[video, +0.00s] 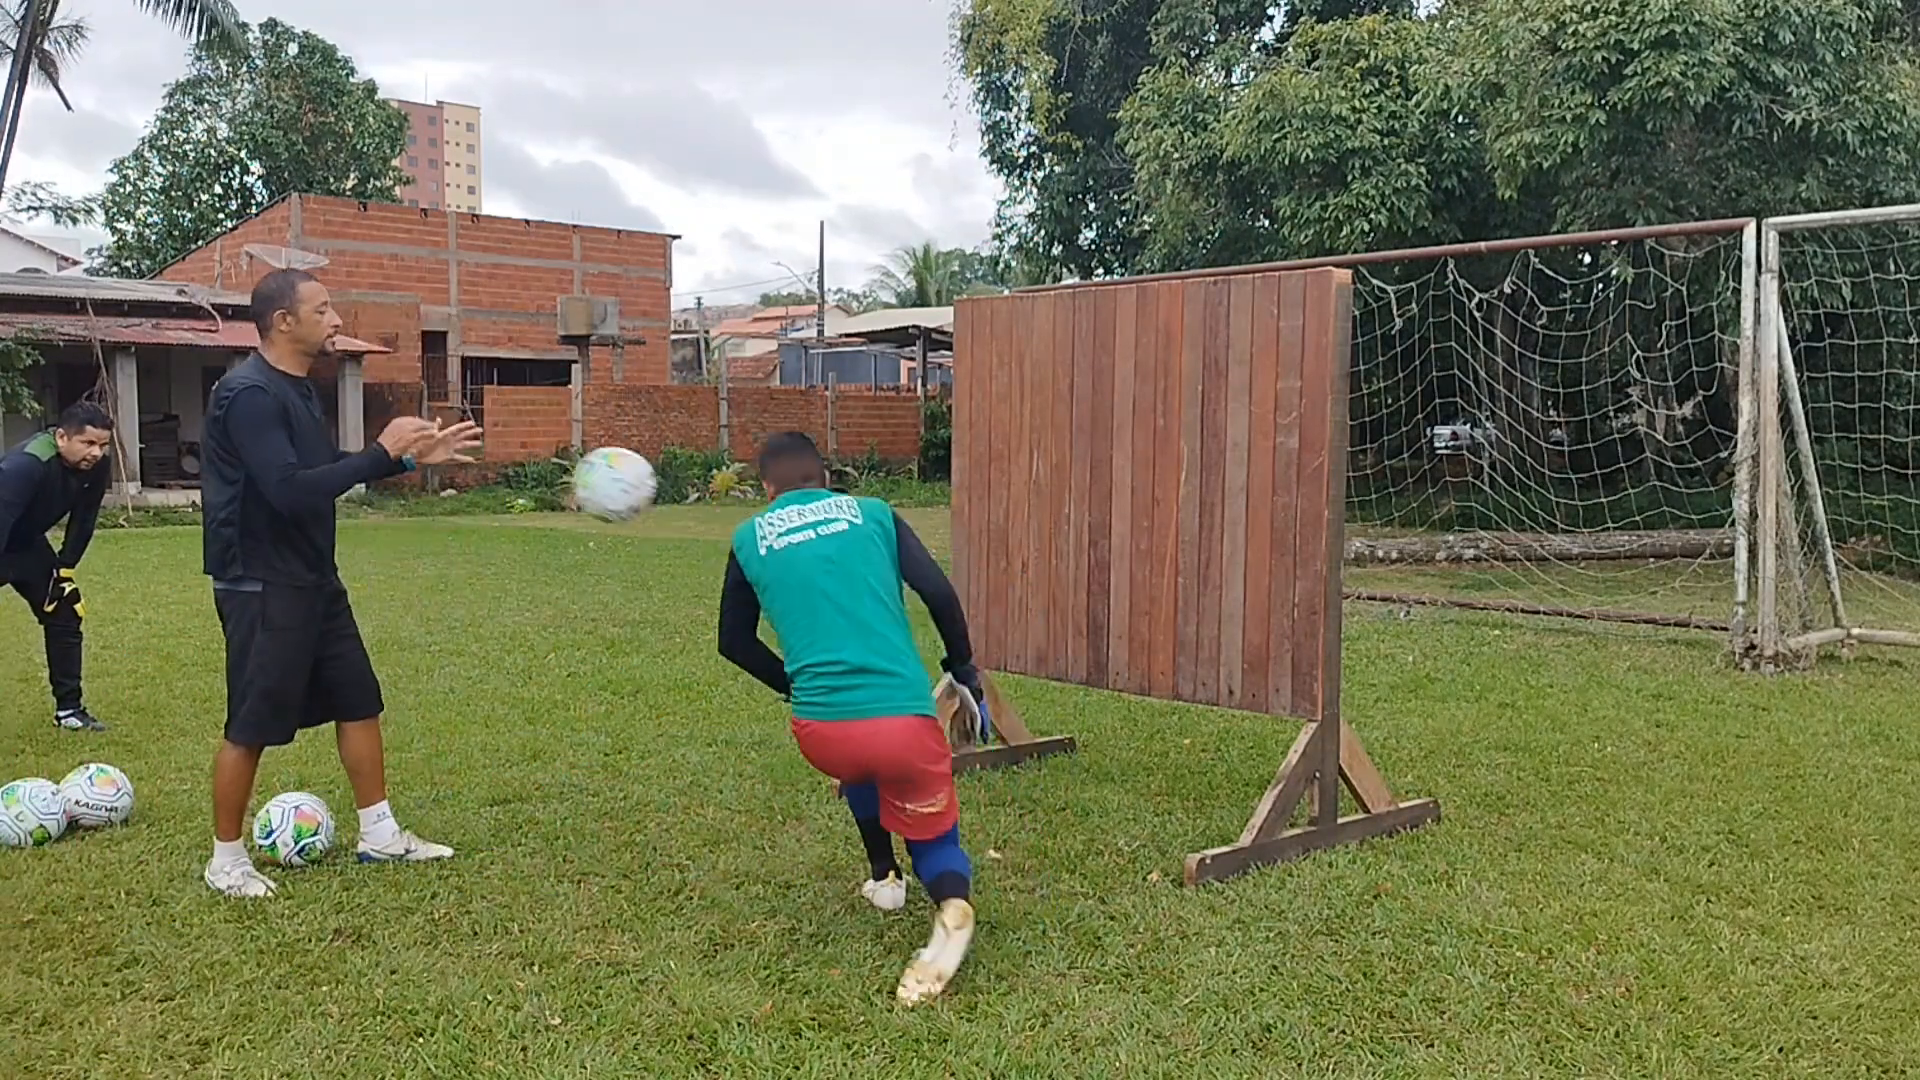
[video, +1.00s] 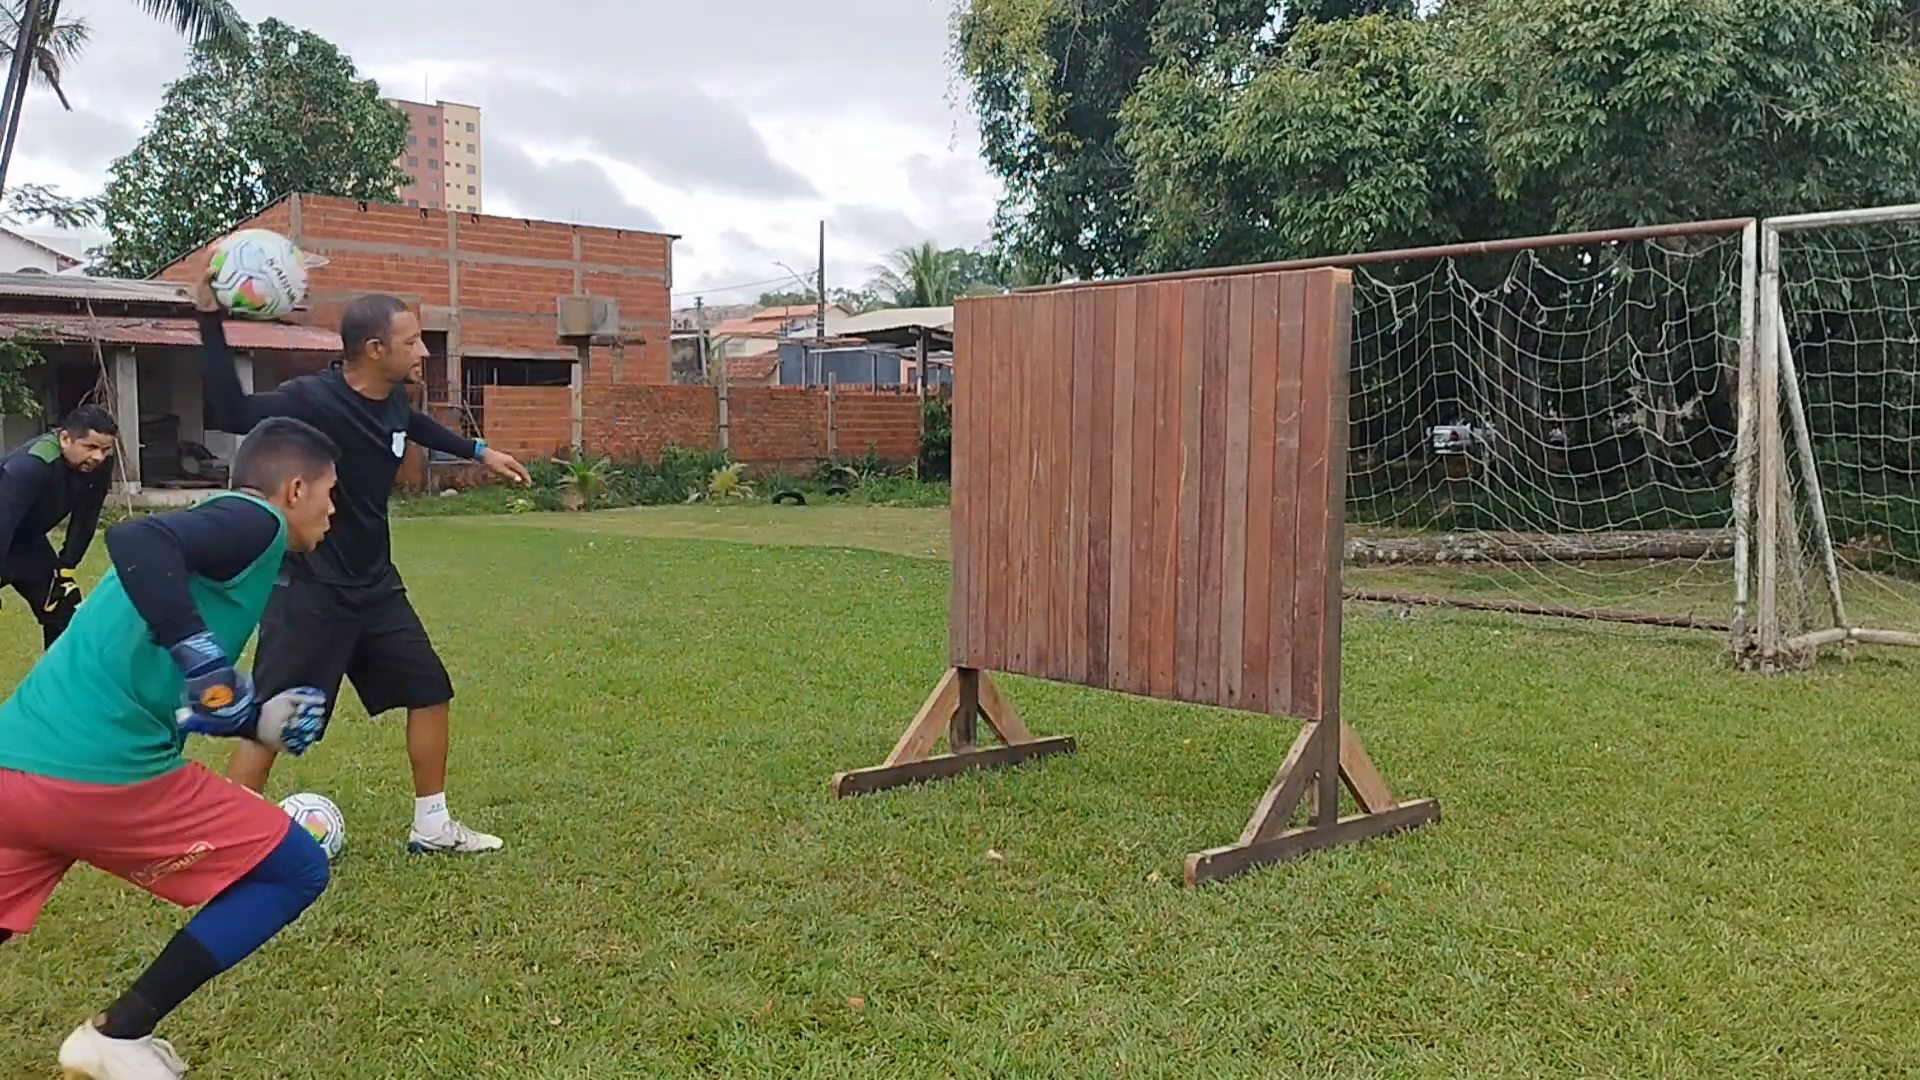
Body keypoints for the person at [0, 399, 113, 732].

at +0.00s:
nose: (96, 453)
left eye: (102, 445)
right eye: (89, 443)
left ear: (108, 445)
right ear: (62, 438)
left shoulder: (96, 463)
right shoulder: (25, 467)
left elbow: (84, 519)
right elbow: (5, 526)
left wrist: (66, 570)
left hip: (23, 542)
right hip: (4, 543)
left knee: (64, 611)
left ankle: (69, 709)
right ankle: (68, 709)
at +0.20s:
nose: (98, 455)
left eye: (104, 448)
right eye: (91, 446)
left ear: (110, 446)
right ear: (64, 439)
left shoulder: (97, 465)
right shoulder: (27, 468)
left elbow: (84, 519)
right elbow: (7, 528)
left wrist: (66, 568)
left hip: (25, 541)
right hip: (5, 542)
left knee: (64, 611)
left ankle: (69, 709)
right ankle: (68, 709)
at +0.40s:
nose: (100, 456)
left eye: (106, 449)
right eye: (92, 447)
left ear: (112, 447)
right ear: (66, 440)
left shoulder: (98, 465)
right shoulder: (29, 468)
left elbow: (85, 519)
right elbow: (6, 528)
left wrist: (67, 567)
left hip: (24, 539)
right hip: (2, 541)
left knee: (64, 610)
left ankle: (70, 709)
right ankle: (68, 709)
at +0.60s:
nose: (100, 457)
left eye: (106, 449)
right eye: (92, 447)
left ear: (112, 448)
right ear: (66, 440)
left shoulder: (97, 467)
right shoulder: (30, 468)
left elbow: (85, 520)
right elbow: (6, 528)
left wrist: (67, 568)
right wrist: (8, 574)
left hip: (24, 539)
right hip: (1, 540)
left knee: (64, 610)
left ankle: (70, 709)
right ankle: (68, 709)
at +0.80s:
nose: (98, 458)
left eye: (105, 451)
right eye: (91, 447)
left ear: (111, 449)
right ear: (66, 439)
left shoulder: (99, 465)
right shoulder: (31, 467)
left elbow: (85, 520)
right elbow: (5, 526)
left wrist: (67, 568)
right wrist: (6, 575)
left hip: (25, 539)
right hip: (3, 538)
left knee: (64, 610)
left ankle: (69, 704)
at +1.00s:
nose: (98, 457)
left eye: (105, 450)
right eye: (91, 447)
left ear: (111, 448)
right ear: (65, 439)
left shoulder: (100, 465)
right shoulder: (31, 466)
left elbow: (85, 520)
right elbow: (4, 528)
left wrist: (67, 569)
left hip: (25, 537)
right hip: (2, 534)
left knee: (63, 607)